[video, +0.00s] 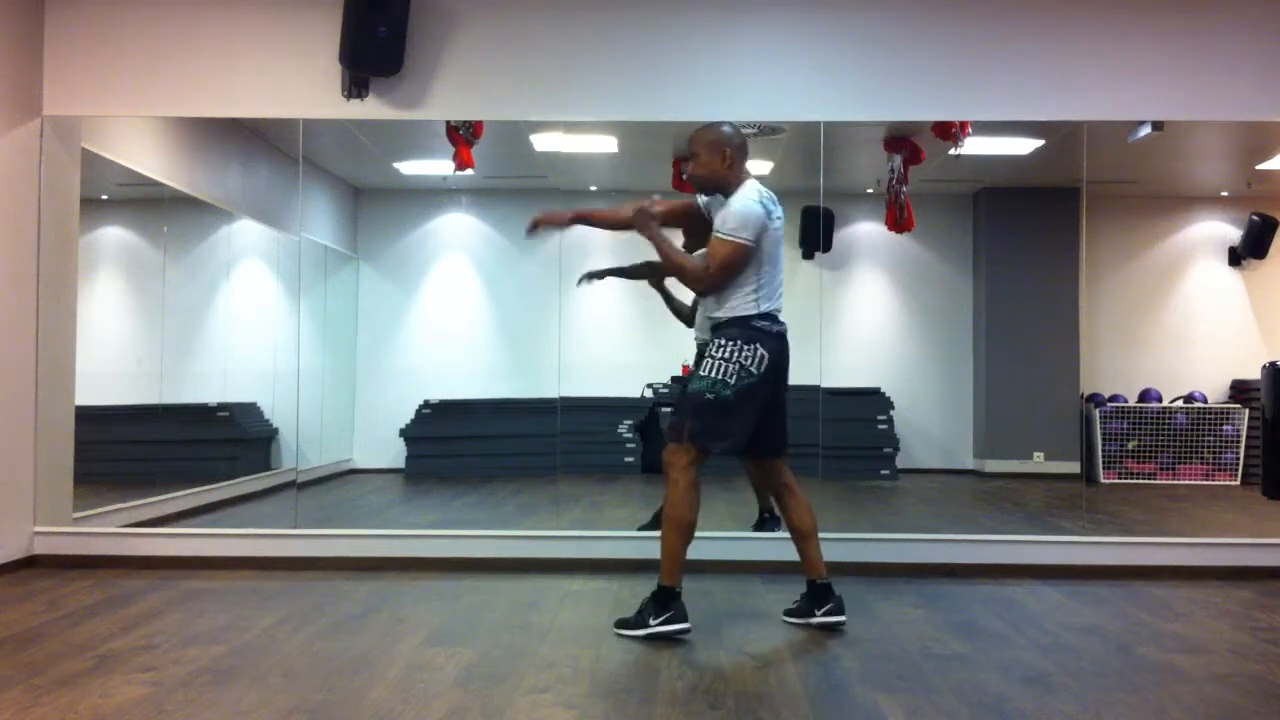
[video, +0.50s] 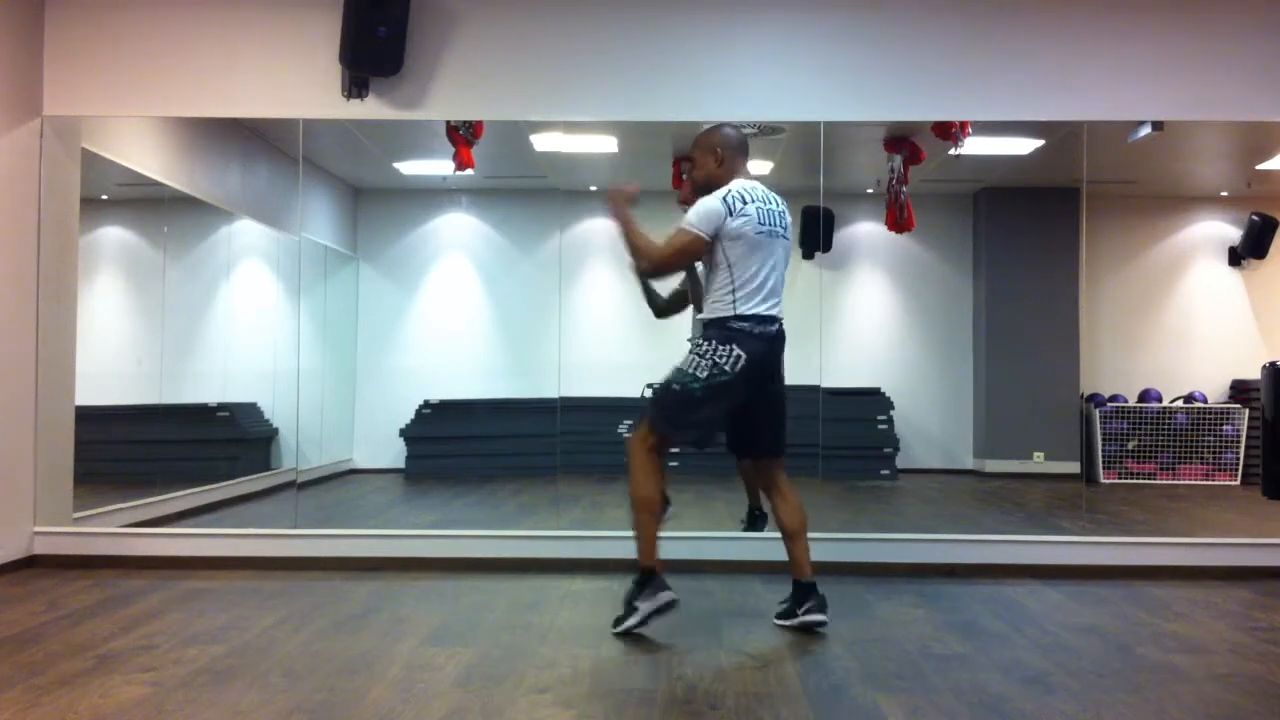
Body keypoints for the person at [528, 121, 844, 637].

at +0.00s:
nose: (688, 170)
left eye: (694, 159)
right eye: (687, 161)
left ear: (726, 158)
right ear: (730, 158)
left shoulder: (746, 205)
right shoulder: (730, 201)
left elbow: (704, 278)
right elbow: (647, 213)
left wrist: (652, 233)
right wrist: (572, 217)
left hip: (738, 344)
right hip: (755, 343)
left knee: (681, 458)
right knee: (773, 469)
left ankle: (666, 599)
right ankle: (821, 592)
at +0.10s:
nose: (694, 171)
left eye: (700, 161)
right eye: (694, 162)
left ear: (732, 160)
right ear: (733, 161)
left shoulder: (753, 205)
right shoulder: (738, 206)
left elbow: (711, 278)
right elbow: (666, 234)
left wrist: (675, 232)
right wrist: (604, 219)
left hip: (740, 344)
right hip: (757, 344)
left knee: (675, 455)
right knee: (774, 473)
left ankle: (665, 597)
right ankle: (821, 592)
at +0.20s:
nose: (694, 169)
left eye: (699, 158)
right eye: (694, 159)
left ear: (730, 156)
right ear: (738, 157)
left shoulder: (742, 200)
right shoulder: (766, 200)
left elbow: (694, 265)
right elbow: (720, 280)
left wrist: (669, 221)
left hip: (736, 342)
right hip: (765, 343)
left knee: (672, 456)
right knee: (780, 471)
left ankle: (666, 596)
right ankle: (821, 592)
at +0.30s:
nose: (692, 166)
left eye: (697, 156)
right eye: (692, 157)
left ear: (725, 153)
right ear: (737, 155)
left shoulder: (724, 197)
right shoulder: (775, 204)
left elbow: (654, 235)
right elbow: (723, 275)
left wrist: (616, 212)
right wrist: (683, 228)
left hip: (726, 345)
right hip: (765, 346)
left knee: (672, 459)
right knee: (777, 470)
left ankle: (667, 599)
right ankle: (818, 590)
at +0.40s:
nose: (691, 168)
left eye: (695, 158)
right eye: (691, 159)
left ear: (720, 156)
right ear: (740, 157)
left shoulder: (711, 198)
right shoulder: (775, 206)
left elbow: (633, 231)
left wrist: (584, 211)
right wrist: (688, 263)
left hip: (724, 344)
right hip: (765, 344)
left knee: (668, 460)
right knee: (768, 470)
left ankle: (665, 599)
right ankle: (805, 583)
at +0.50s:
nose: (692, 170)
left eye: (695, 161)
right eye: (692, 162)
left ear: (718, 157)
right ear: (739, 158)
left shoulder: (719, 202)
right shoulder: (778, 207)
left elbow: (654, 262)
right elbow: (744, 275)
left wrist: (622, 215)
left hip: (724, 347)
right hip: (768, 349)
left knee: (644, 441)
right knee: (771, 471)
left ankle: (649, 580)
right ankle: (806, 591)